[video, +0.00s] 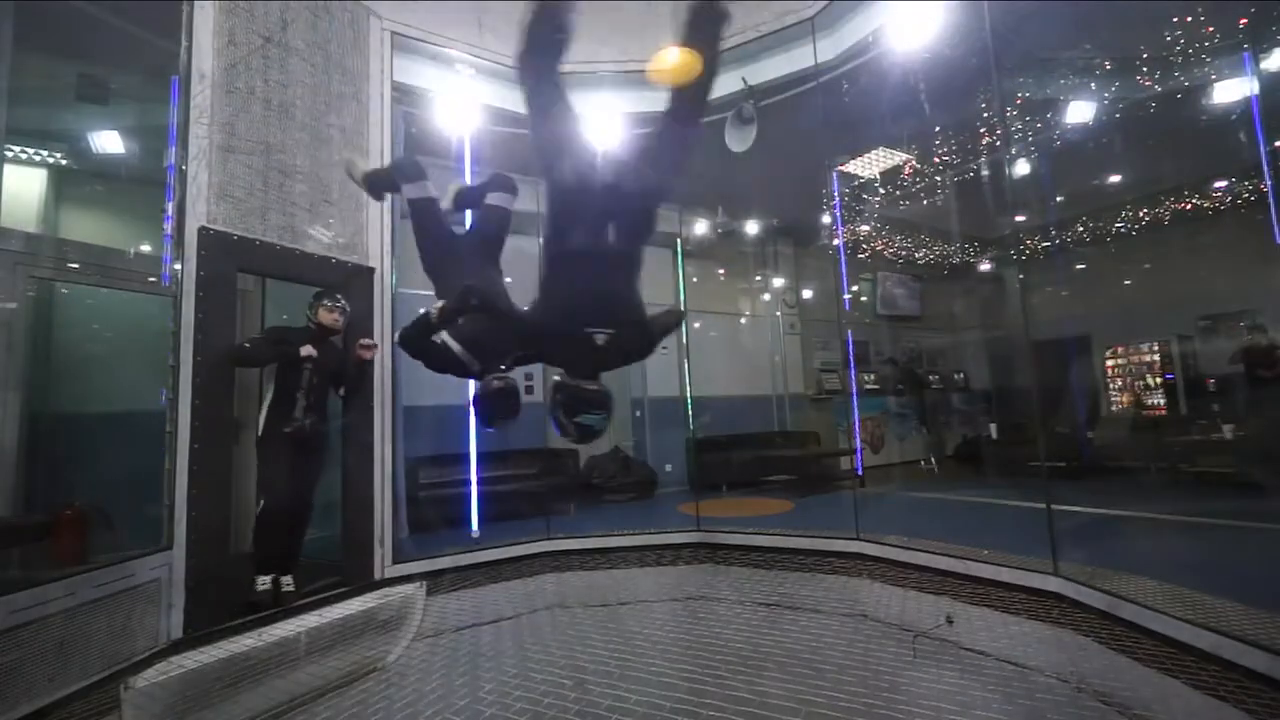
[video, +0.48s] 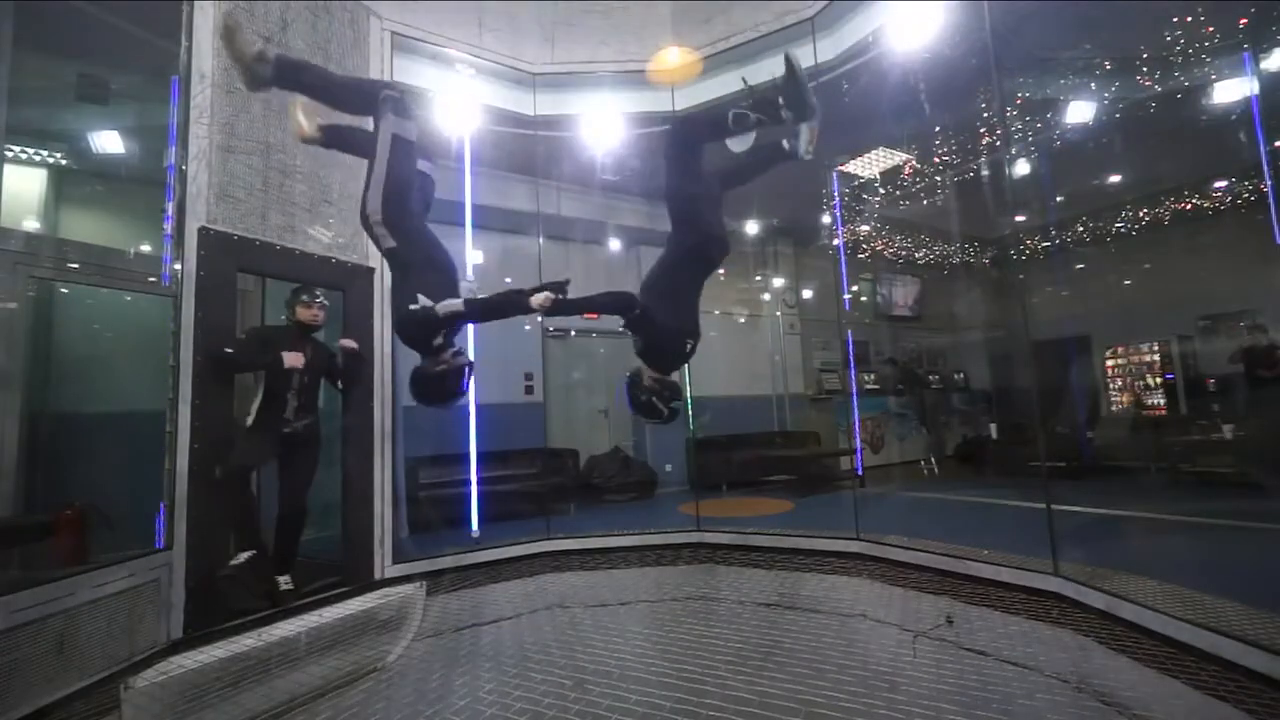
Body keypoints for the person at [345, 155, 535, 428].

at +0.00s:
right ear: (504, 382)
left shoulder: (455, 361)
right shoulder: (527, 347)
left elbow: (407, 340)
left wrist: (449, 309)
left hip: (445, 267)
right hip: (484, 259)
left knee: (409, 168)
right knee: (504, 183)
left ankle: (370, 182)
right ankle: (460, 201)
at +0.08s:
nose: (481, 383)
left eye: (478, 388)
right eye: (486, 386)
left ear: (469, 385)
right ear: (496, 380)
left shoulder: (444, 358)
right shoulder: (514, 349)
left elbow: (405, 334)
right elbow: (545, 320)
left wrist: (442, 312)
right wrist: (507, 293)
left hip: (434, 268)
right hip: (474, 262)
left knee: (402, 157)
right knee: (491, 182)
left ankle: (348, 165)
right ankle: (426, 195)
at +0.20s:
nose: (465, 376)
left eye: (463, 379)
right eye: (472, 379)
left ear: (457, 375)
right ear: (481, 374)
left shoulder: (439, 352)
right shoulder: (496, 339)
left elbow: (410, 334)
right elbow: (547, 303)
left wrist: (456, 312)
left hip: (421, 257)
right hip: (453, 253)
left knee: (393, 139)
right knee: (469, 176)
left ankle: (321, 140)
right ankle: (402, 183)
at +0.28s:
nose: (460, 368)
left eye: (458, 380)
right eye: (466, 379)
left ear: (456, 373)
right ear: (474, 370)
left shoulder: (435, 351)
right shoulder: (484, 333)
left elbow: (413, 329)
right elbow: (541, 306)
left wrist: (479, 308)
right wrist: (590, 295)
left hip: (407, 240)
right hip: (442, 238)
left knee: (391, 125)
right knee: (451, 154)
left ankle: (301, 123)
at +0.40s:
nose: (459, 365)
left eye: (453, 372)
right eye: (468, 372)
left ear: (438, 370)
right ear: (462, 364)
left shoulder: (419, 335)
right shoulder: (452, 334)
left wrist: (514, 306)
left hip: (393, 227)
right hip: (418, 233)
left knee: (389, 110)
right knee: (431, 180)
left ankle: (273, 91)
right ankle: (340, 148)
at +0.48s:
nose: (461, 365)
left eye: (453, 372)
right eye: (463, 373)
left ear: (435, 369)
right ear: (453, 363)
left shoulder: (416, 333)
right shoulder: (446, 330)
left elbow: (476, 309)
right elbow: (486, 311)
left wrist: (526, 303)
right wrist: (530, 304)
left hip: (388, 223)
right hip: (411, 224)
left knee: (392, 116)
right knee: (415, 167)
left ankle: (264, 67)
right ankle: (322, 134)